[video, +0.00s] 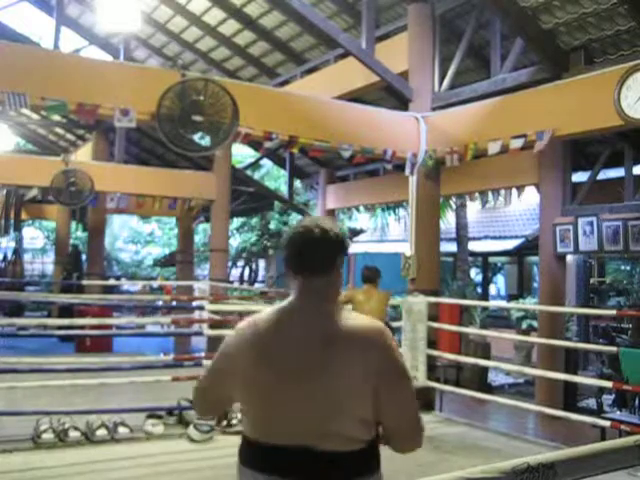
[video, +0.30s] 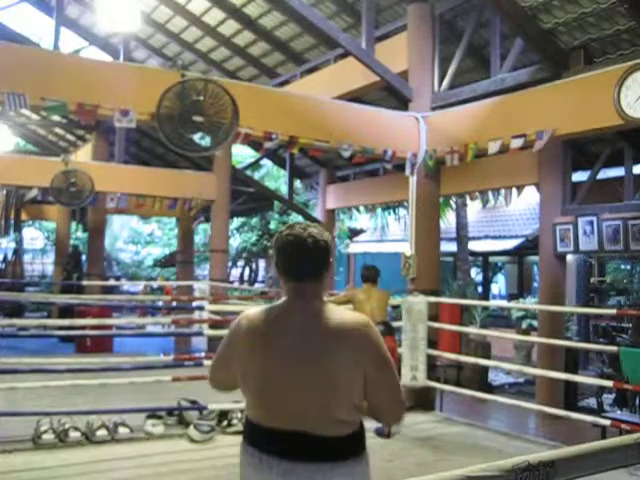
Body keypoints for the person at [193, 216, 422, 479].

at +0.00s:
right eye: (345, 265)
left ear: (287, 268)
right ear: (340, 268)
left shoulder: (250, 334)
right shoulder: (371, 337)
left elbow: (206, 406)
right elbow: (408, 438)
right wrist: (364, 418)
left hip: (263, 469)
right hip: (349, 470)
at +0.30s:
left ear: (276, 268)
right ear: (329, 268)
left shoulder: (249, 325)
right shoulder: (358, 329)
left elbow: (219, 379)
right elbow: (391, 412)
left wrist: (267, 371)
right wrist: (344, 396)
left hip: (262, 464)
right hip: (339, 467)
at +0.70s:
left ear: (289, 273)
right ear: (332, 274)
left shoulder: (260, 314)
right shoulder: (354, 324)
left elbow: (231, 351)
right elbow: (387, 393)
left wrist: (273, 354)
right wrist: (343, 374)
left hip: (268, 445)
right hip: (335, 448)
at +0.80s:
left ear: (297, 272)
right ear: (338, 275)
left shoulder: (268, 313)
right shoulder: (359, 325)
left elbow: (236, 351)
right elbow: (388, 392)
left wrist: (279, 355)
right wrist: (345, 373)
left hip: (275, 441)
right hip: (339, 445)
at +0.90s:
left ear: (305, 269)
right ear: (345, 271)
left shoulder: (275, 309)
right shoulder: (362, 320)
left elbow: (240, 347)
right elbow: (388, 386)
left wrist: (282, 344)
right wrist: (350, 363)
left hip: (283, 435)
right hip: (345, 436)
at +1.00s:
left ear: (308, 265)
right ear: (346, 269)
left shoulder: (278, 306)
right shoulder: (365, 314)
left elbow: (245, 341)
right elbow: (385, 372)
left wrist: (287, 339)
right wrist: (349, 355)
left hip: (290, 429)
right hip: (350, 430)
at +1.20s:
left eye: (303, 259)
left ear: (306, 263)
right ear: (342, 265)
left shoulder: (281, 308)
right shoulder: (361, 310)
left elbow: (248, 354)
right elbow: (381, 365)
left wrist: (285, 343)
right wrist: (345, 355)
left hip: (290, 418)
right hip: (349, 417)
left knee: (281, 476)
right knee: (341, 476)